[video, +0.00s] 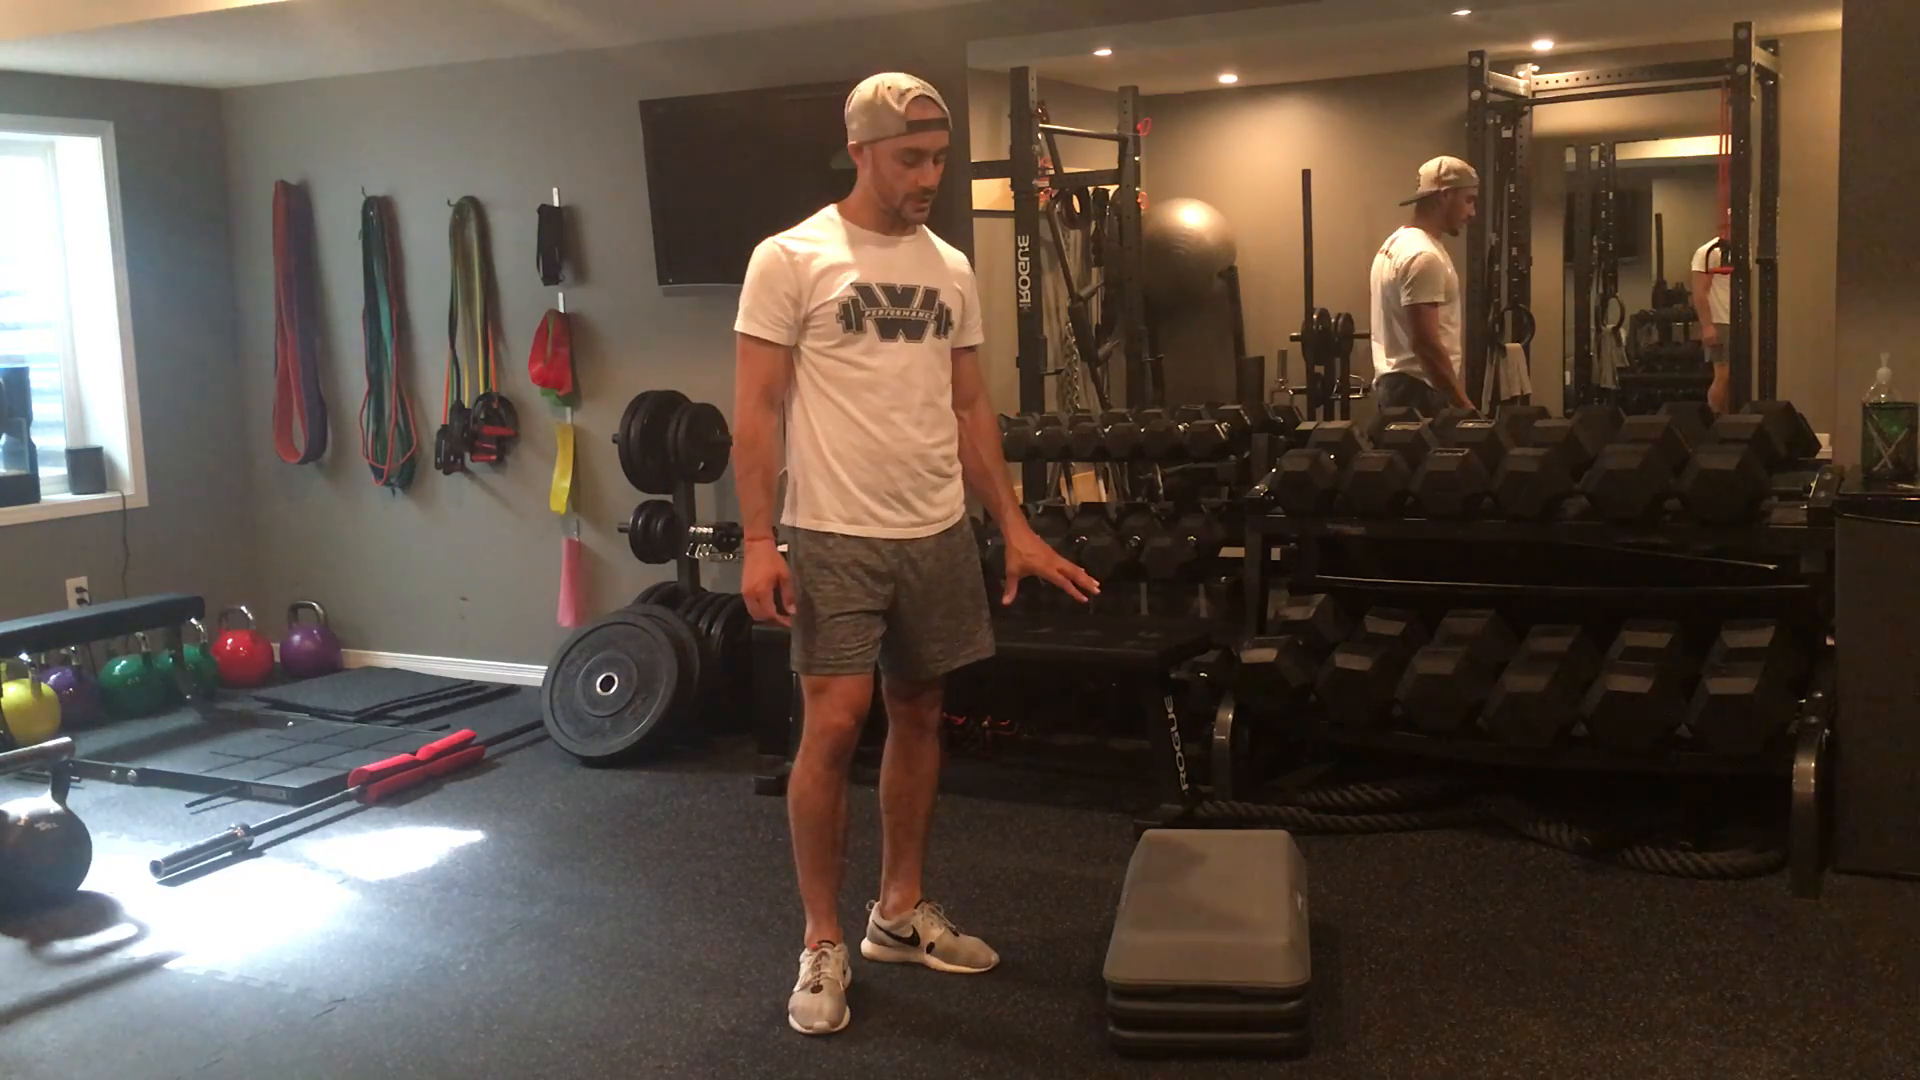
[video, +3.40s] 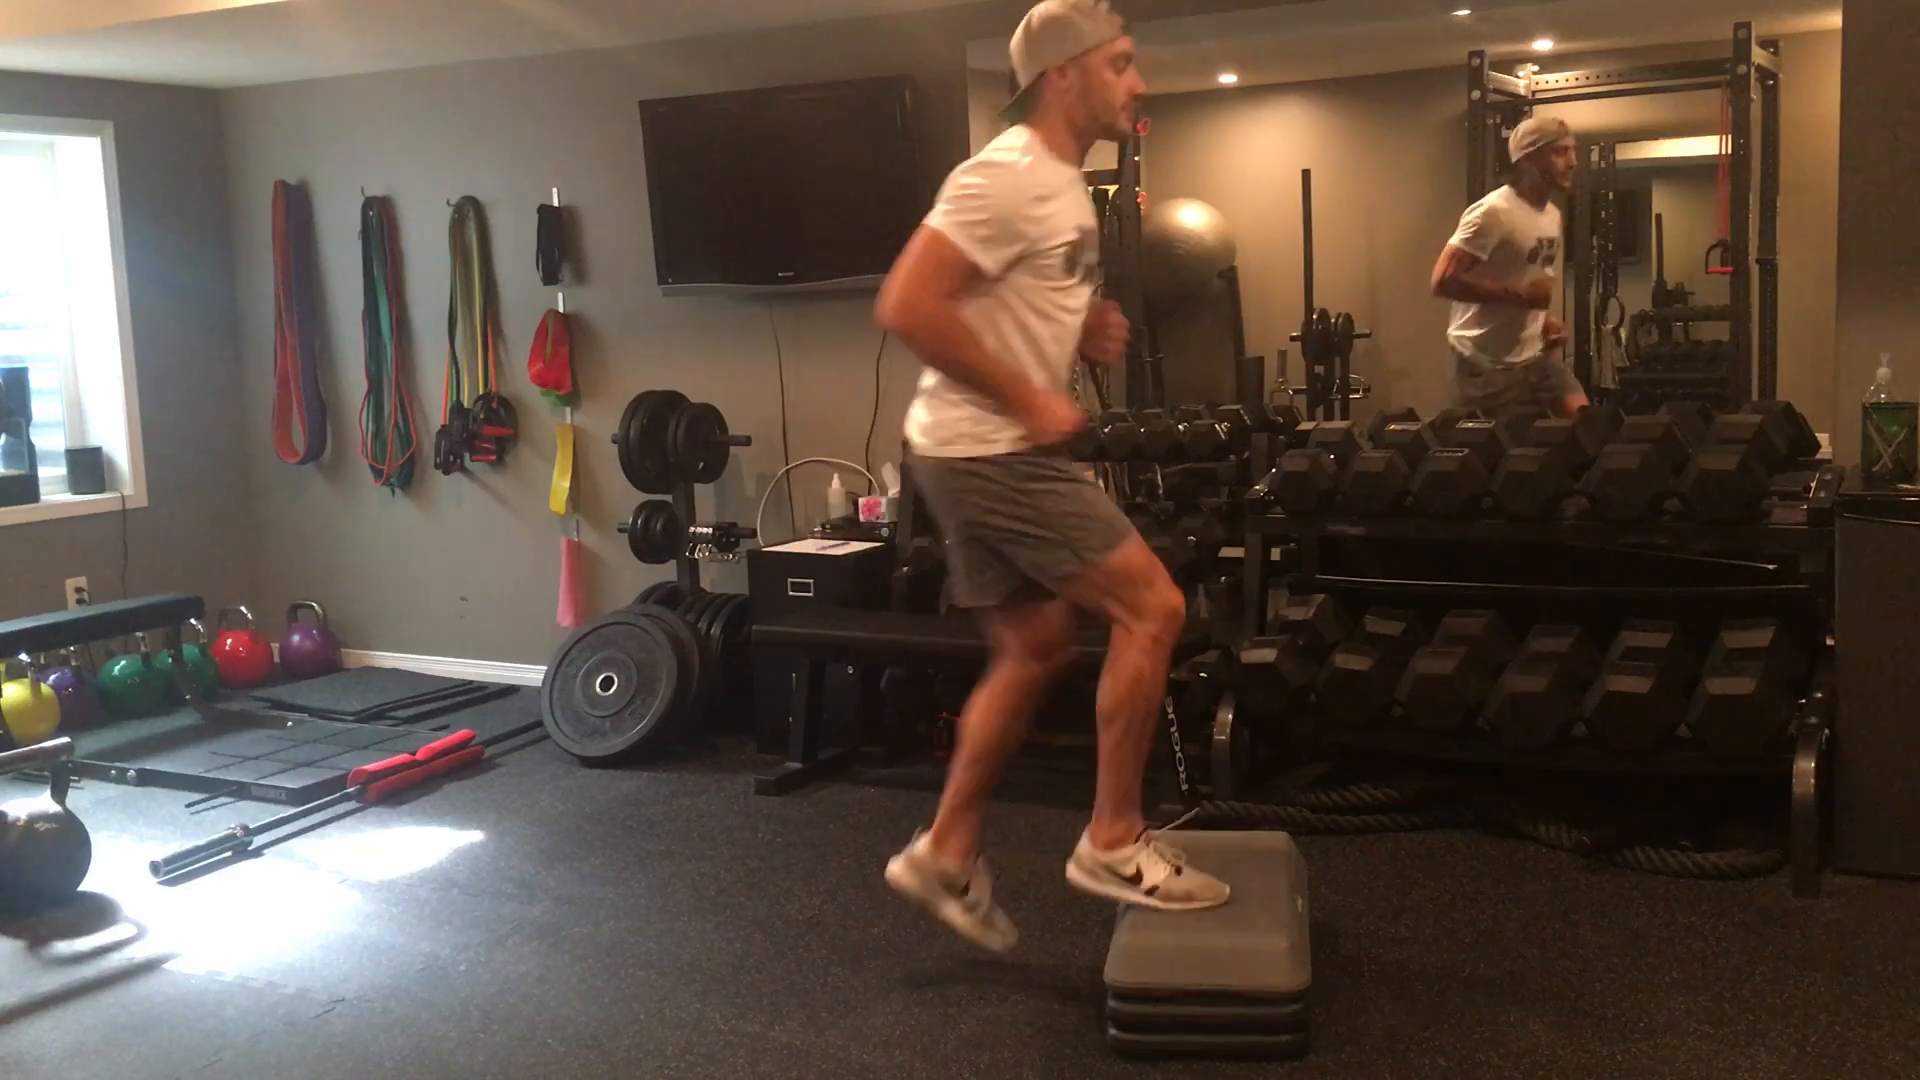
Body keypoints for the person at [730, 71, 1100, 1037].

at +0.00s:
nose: (930, 173)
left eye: (939, 156)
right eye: (913, 156)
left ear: (944, 154)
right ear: (861, 154)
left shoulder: (951, 271)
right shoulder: (790, 259)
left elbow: (971, 411)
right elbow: (758, 406)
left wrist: (1014, 526)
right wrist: (758, 539)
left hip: (936, 536)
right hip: (832, 537)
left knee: (919, 716)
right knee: (836, 723)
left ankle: (901, 909)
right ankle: (822, 942)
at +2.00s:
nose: (880, 152)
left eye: (894, 134)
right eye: (860, 136)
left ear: (916, 144)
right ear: (829, 148)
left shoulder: (941, 266)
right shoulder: (779, 263)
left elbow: (966, 406)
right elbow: (748, 416)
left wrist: (1006, 529)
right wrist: (744, 551)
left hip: (930, 533)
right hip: (829, 538)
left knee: (914, 721)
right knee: (836, 733)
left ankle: (899, 911)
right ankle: (787, 938)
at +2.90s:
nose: (983, 176)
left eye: (985, 158)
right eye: (973, 156)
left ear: (920, 156)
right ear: (919, 153)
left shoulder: (900, 257)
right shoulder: (845, 253)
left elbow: (865, 411)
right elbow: (796, 415)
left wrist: (902, 503)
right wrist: (886, 531)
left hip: (880, 537)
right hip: (813, 541)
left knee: (923, 705)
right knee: (796, 738)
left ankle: (897, 917)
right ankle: (777, 943)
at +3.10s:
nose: (1056, 192)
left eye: (1054, 174)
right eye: (1044, 173)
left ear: (995, 179)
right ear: (990, 176)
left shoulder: (970, 270)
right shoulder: (924, 261)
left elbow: (913, 413)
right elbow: (851, 405)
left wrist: (958, 498)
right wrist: (947, 512)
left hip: (918, 541)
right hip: (876, 542)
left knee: (959, 736)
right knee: (963, 737)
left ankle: (902, 926)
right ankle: (815, 905)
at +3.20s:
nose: (1086, 197)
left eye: (1085, 180)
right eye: (1073, 179)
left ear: (1021, 188)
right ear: (1018, 184)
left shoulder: (998, 284)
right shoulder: (951, 271)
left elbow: (944, 423)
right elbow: (848, 389)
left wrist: (1020, 481)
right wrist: (942, 501)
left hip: (927, 539)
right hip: (903, 541)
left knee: (973, 724)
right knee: (1079, 676)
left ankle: (906, 925)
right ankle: (914, 839)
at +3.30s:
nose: (1111, 131)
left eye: (1109, 113)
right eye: (1097, 112)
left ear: (1047, 127)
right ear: (1043, 125)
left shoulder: (1035, 228)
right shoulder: (973, 215)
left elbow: (967, 331)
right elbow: (859, 325)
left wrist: (1055, 361)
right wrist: (963, 425)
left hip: (951, 490)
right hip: (943, 494)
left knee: (962, 689)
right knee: (1133, 604)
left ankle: (915, 904)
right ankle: (1050, 817)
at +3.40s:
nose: (1137, 83)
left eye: (1134, 64)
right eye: (1120, 65)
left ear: (1072, 83)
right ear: (1062, 81)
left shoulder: (1057, 183)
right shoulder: (1003, 175)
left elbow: (1001, 296)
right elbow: (908, 303)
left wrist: (1081, 324)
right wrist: (1024, 396)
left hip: (976, 449)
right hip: (989, 450)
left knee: (1034, 642)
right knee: (1152, 606)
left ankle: (945, 853)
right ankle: (1114, 839)